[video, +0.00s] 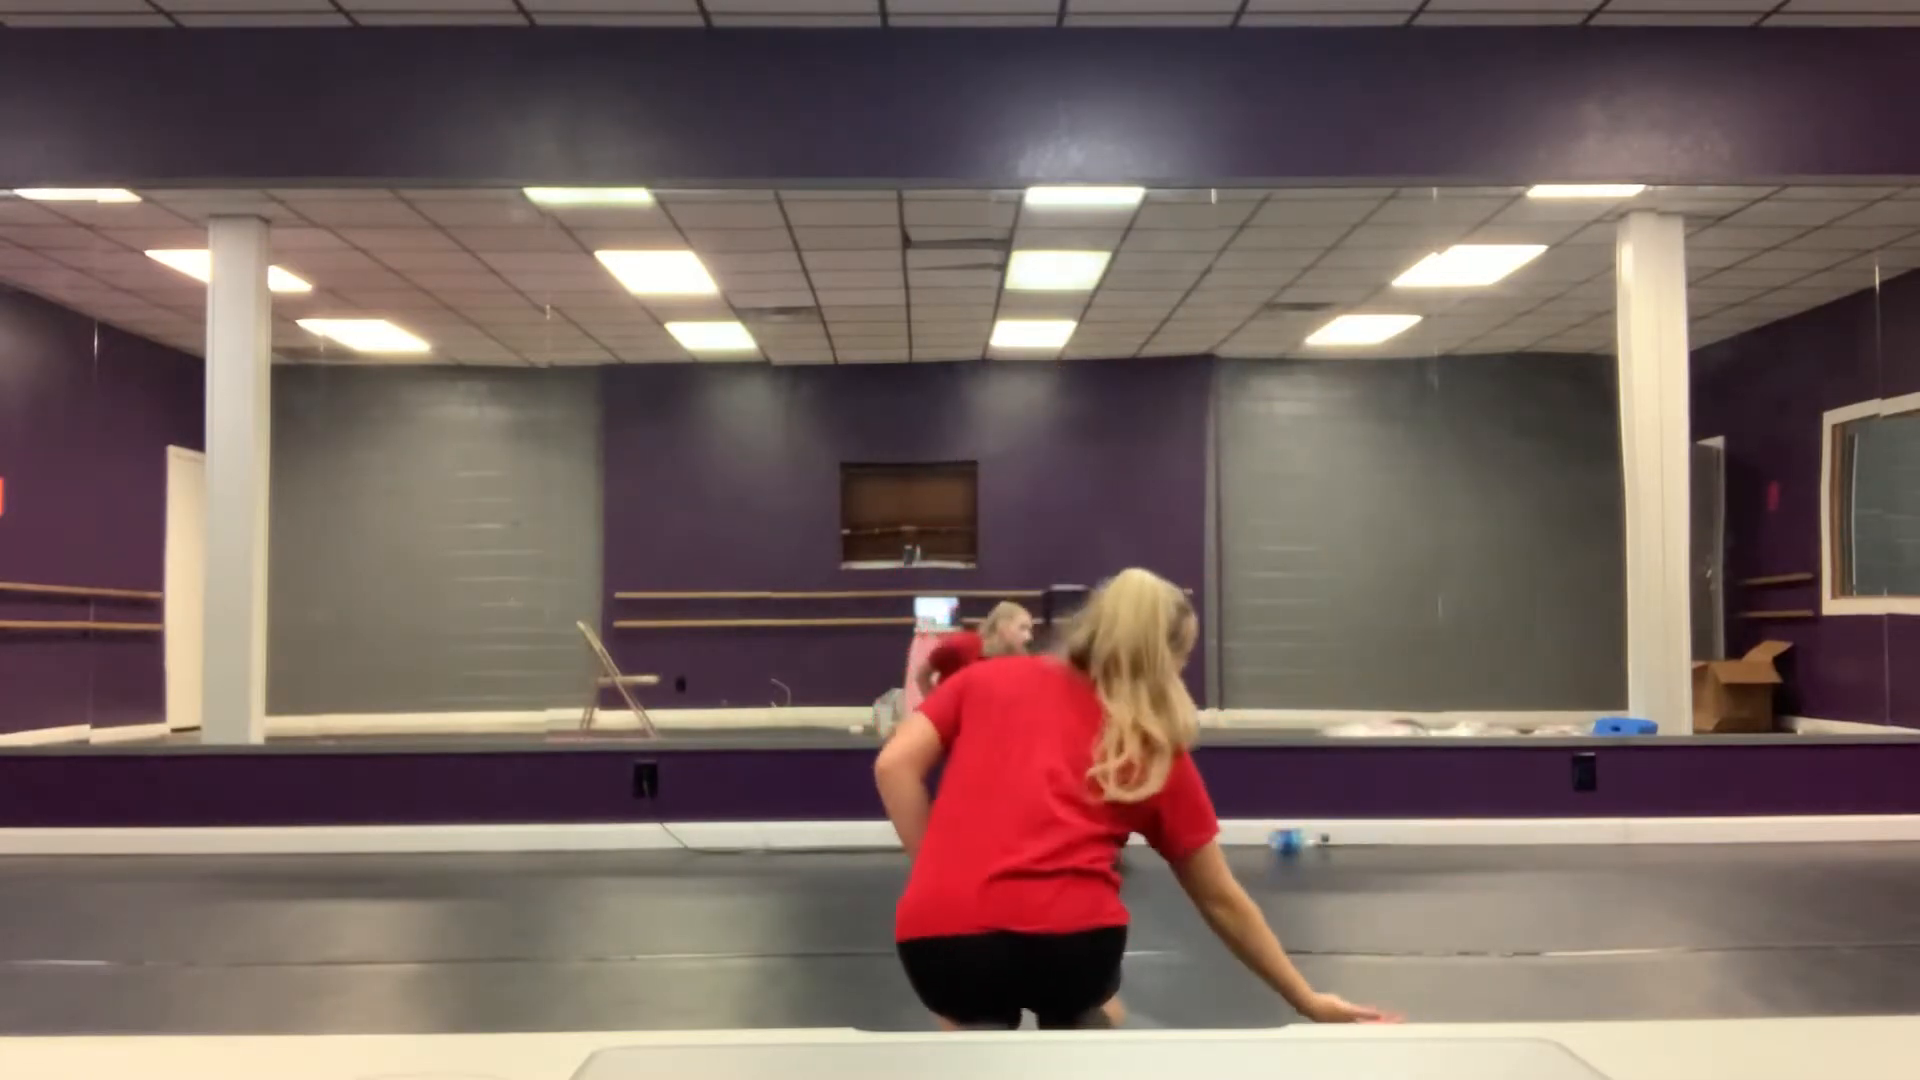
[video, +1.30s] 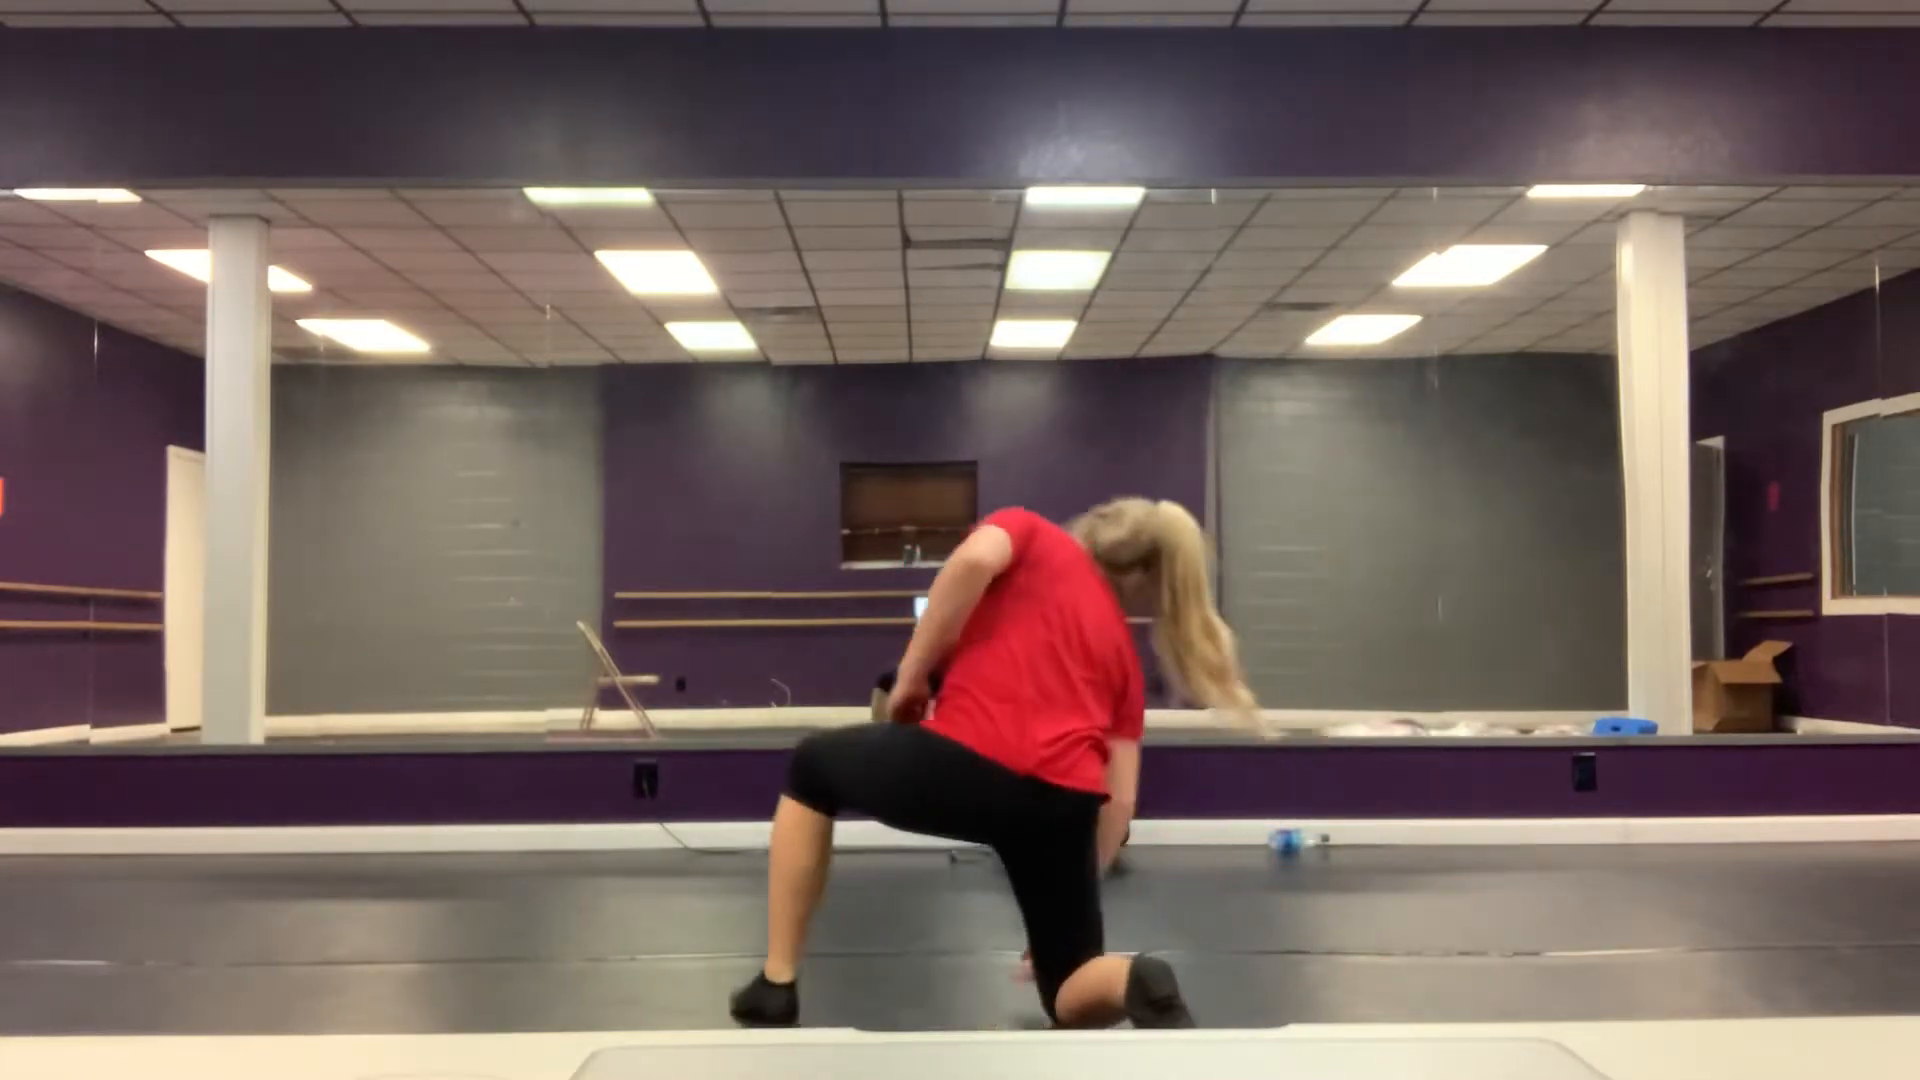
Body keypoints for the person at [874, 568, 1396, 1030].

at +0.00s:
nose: (1182, 674)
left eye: (1186, 656)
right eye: (1182, 657)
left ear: (1091, 632)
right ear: (1162, 652)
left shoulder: (987, 677)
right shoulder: (1151, 742)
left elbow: (895, 766)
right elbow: (1221, 900)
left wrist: (937, 869)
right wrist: (1308, 1001)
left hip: (943, 941)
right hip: (1072, 943)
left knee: (969, 1028)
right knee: (1093, 1018)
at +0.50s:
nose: (1212, 698)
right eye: (1212, 684)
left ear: (1135, 651)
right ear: (1199, 684)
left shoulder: (1024, 668)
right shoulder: (1164, 742)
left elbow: (931, 722)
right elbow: (1179, 900)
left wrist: (950, 822)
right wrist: (1217, 960)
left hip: (947, 848)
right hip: (1073, 856)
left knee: (974, 989)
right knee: (1080, 985)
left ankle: (981, 1037)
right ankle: (1090, 1021)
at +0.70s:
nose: (1239, 701)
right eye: (1239, 687)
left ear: (1172, 633)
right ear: (1224, 684)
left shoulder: (1066, 625)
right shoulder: (1179, 737)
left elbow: (965, 660)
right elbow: (1147, 883)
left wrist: (969, 765)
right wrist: (1161, 950)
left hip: (958, 809)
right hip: (1077, 826)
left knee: (974, 981)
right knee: (1068, 985)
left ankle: (973, 1042)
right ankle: (1102, 997)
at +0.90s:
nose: (1218, 695)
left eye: (1227, 686)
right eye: (1225, 682)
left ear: (1175, 617)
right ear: (1220, 669)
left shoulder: (1086, 593)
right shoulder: (1173, 733)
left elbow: (992, 611)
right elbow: (1132, 859)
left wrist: (966, 725)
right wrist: (1118, 944)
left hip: (978, 778)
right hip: (1089, 813)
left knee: (922, 921)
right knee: (1070, 993)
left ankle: (941, 972)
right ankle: (1115, 981)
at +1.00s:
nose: (1204, 677)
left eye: (1210, 669)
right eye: (1208, 666)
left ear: (1163, 596)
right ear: (1200, 651)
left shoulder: (1081, 582)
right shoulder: (1165, 710)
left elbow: (995, 604)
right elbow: (1122, 847)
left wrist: (958, 715)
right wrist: (1098, 943)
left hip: (985, 770)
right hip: (1088, 818)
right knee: (1069, 992)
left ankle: (914, 936)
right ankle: (1114, 982)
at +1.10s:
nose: (1184, 650)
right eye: (1189, 637)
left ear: (1143, 574)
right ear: (1183, 633)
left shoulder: (1074, 564)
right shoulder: (1152, 686)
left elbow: (996, 587)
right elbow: (1121, 819)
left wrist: (950, 704)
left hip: (985, 766)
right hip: (1083, 818)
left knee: (851, 789)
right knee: (1070, 992)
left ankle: (853, 967)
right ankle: (1115, 981)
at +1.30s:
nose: (1148, 600)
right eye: (1152, 589)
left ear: (1088, 528)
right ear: (1144, 581)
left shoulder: (1031, 529)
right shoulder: (1123, 649)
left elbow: (977, 559)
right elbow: (1118, 805)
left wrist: (912, 676)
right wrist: (1061, 930)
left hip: (961, 765)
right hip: (1059, 809)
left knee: (812, 773)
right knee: (1071, 994)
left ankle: (775, 983)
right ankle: (1136, 979)